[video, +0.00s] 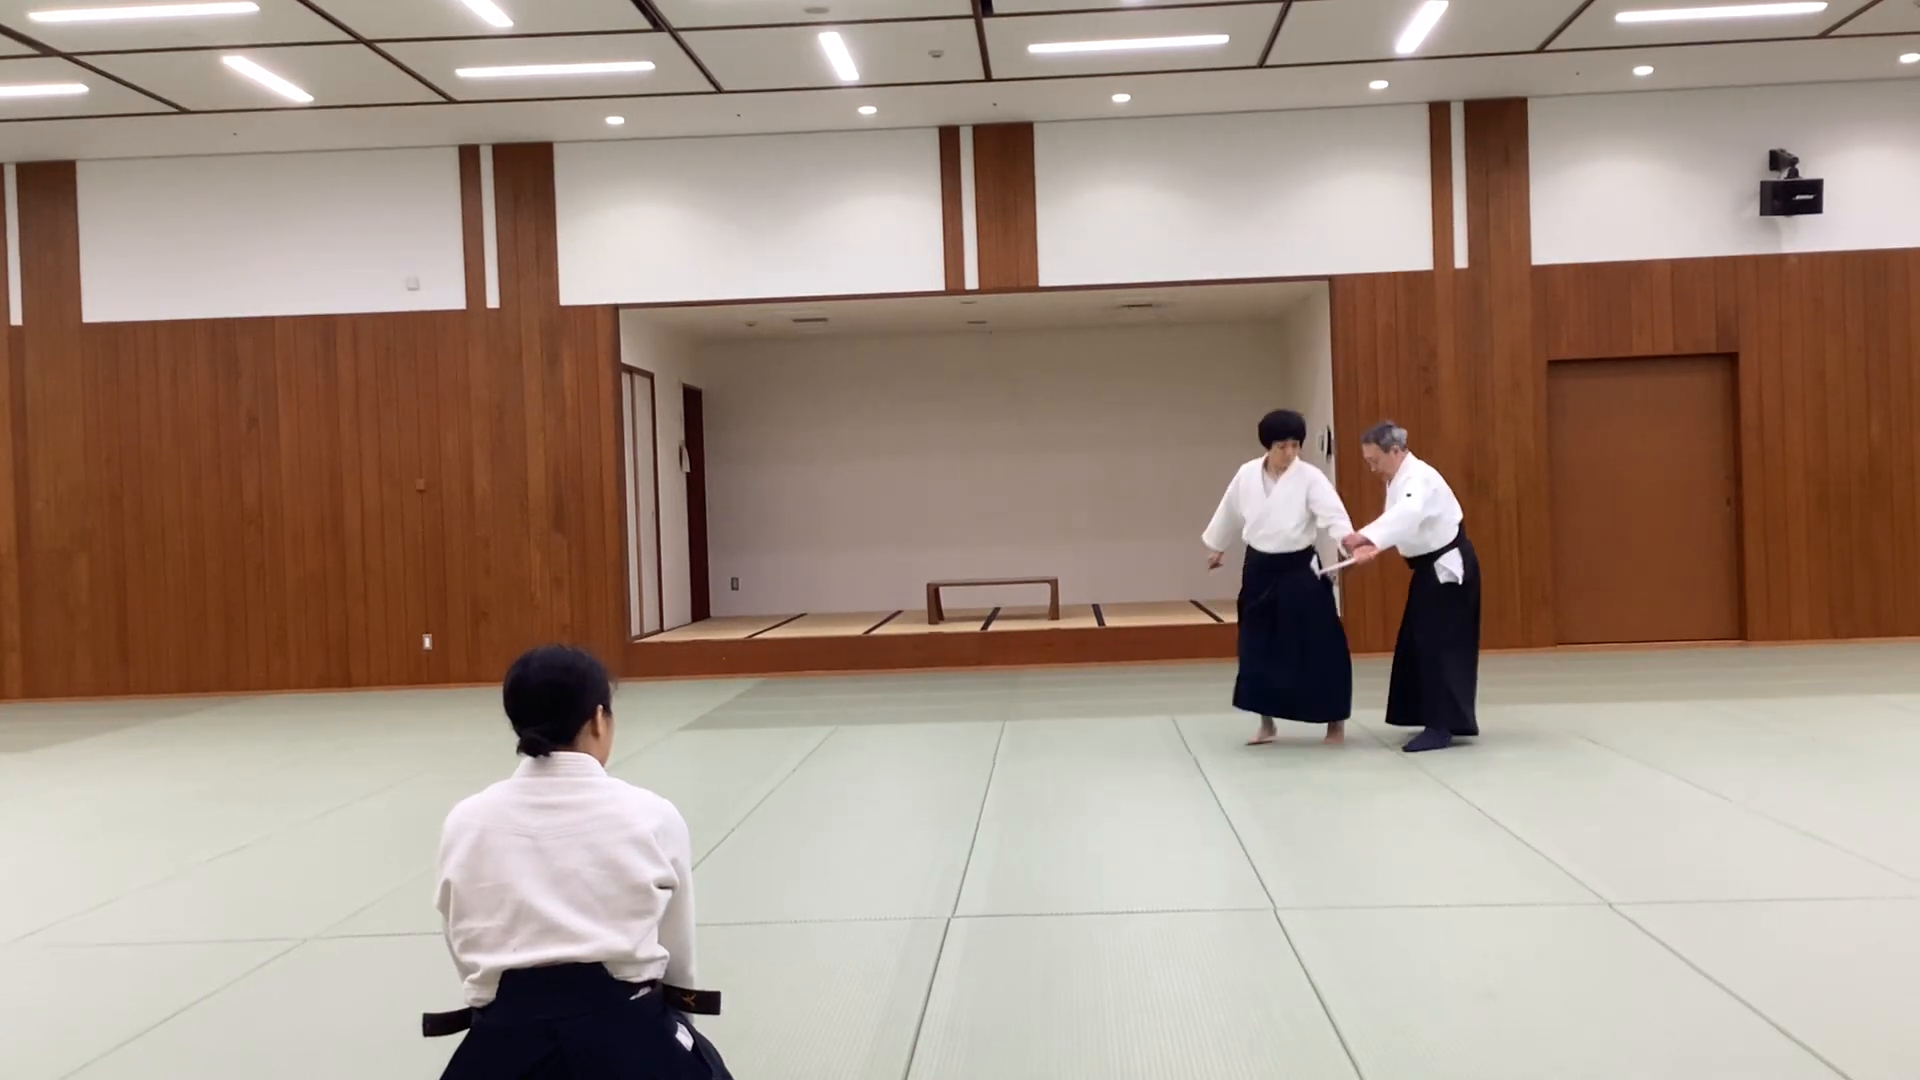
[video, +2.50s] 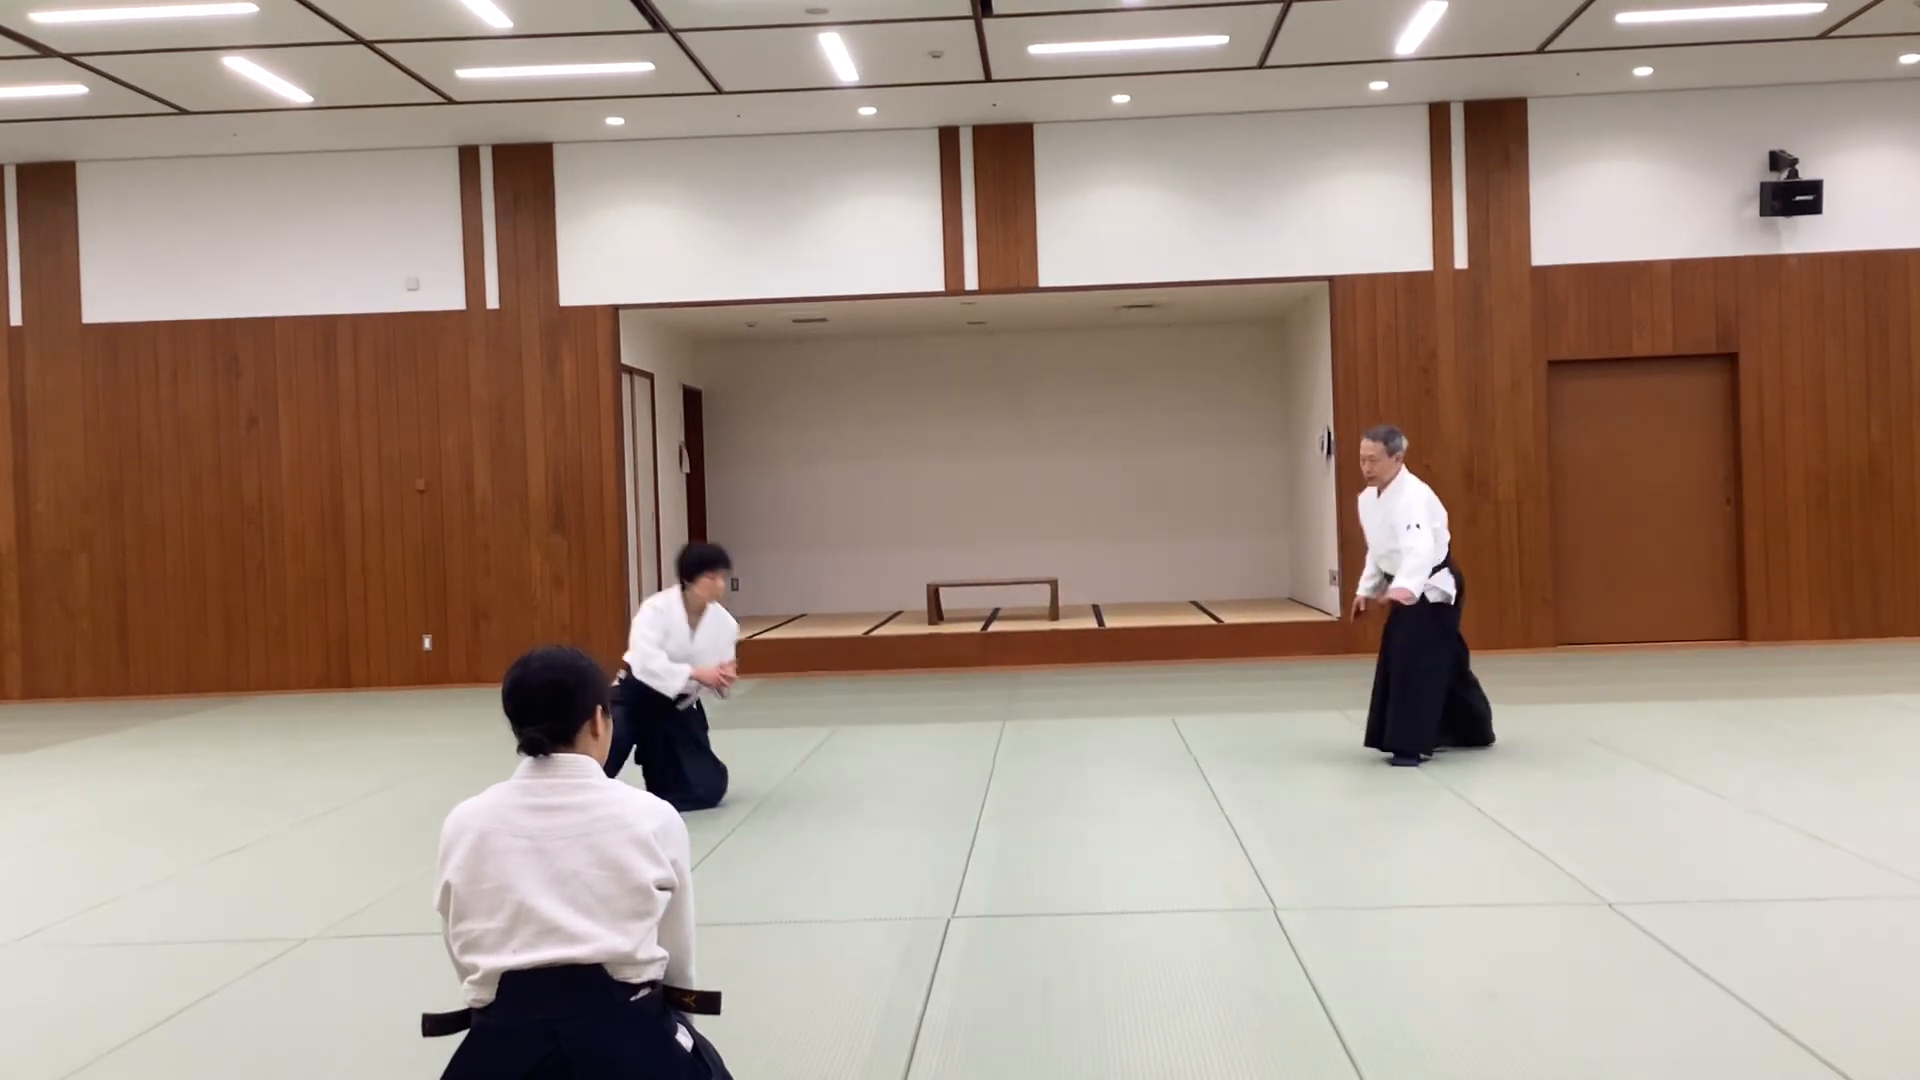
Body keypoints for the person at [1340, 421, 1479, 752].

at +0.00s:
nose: (1370, 467)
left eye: (1373, 460)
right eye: (1368, 461)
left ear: (1395, 451)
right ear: (1391, 454)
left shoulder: (1418, 478)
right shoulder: (1399, 480)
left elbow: (1404, 517)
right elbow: (1399, 522)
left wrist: (1364, 535)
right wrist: (1375, 546)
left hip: (1447, 566)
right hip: (1429, 567)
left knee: (1434, 643)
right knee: (1426, 642)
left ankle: (1439, 726)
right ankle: (1444, 721)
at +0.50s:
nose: (1370, 465)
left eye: (1375, 459)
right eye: (1368, 459)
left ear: (1398, 455)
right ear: (1374, 454)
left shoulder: (1421, 480)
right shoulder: (1377, 487)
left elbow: (1400, 506)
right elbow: (1360, 535)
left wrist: (1354, 502)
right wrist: (1338, 573)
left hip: (1431, 576)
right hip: (1401, 577)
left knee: (1424, 650)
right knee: (1400, 649)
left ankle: (1426, 730)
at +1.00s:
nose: (1316, 501)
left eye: (1322, 497)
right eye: (1314, 494)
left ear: (1346, 497)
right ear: (1313, 489)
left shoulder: (1373, 518)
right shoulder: (1301, 518)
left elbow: (1371, 570)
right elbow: (1296, 562)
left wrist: (1320, 596)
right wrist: (1302, 592)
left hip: (1375, 602)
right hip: (1327, 604)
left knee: (1390, 667)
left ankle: (1406, 736)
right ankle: (1251, 728)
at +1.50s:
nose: (1230, 498)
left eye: (1235, 490)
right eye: (1224, 491)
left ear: (1253, 481)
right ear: (1219, 488)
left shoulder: (1286, 508)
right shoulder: (1220, 518)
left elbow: (1305, 558)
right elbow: (1182, 542)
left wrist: (1258, 587)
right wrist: (1148, 568)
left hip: (1320, 584)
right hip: (1274, 591)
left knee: (1360, 650)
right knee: (1254, 663)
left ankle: (1408, 718)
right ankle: (1247, 740)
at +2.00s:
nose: (1327, 490)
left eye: (1335, 482)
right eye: (1322, 482)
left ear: (1355, 479)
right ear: (1317, 480)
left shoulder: (1378, 513)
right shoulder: (1313, 512)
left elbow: (1408, 565)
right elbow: (1310, 565)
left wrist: (1407, 609)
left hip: (1377, 599)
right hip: (1334, 596)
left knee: (1396, 669)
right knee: (1296, 658)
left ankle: (1405, 749)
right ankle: (1274, 737)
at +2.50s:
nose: (1365, 466)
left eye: (1373, 459)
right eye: (1362, 459)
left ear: (1397, 458)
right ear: (1360, 458)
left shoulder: (1414, 496)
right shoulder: (1367, 498)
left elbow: (1422, 547)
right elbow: (1378, 549)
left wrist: (1406, 585)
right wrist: (1365, 589)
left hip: (1434, 587)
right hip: (1405, 589)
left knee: (1409, 657)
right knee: (1439, 658)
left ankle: (1410, 744)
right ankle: (1470, 727)